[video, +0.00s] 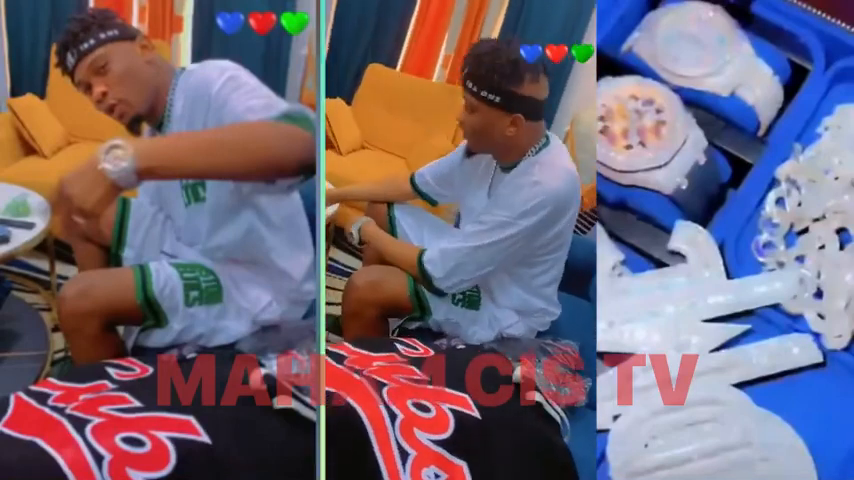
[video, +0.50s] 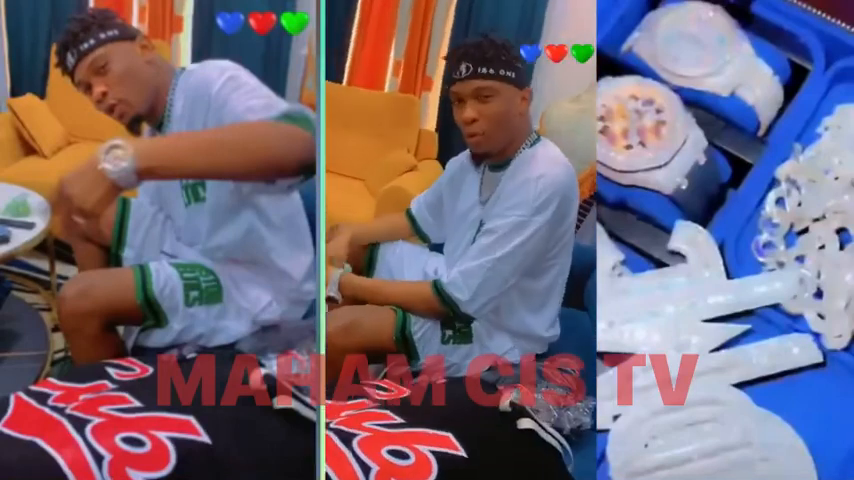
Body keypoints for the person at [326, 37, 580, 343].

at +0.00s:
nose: (460, 117)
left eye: (470, 110)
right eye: (464, 106)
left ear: (513, 126)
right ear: (513, 126)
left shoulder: (547, 187)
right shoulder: (498, 143)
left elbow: (440, 271)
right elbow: (415, 184)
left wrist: (361, 226)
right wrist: (339, 192)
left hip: (505, 307)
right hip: (476, 259)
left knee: (366, 286)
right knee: (380, 210)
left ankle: (359, 393)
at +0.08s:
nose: (469, 113)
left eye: (482, 107)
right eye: (475, 102)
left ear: (525, 124)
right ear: (524, 125)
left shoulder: (555, 190)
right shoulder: (498, 145)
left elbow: (447, 278)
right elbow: (414, 189)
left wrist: (359, 232)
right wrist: (334, 194)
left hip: (507, 310)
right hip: (476, 263)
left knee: (366, 293)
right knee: (378, 216)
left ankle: (358, 397)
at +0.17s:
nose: (472, 114)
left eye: (487, 106)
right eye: (477, 101)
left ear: (531, 125)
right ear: (531, 125)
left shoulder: (557, 193)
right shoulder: (497, 150)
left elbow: (450, 285)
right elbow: (413, 197)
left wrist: (355, 241)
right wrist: (330, 195)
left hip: (505, 317)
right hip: (473, 267)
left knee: (363, 300)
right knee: (372, 219)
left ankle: (355, 404)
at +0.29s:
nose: (472, 114)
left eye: (491, 104)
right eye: (473, 100)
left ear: (537, 117)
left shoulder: (551, 195)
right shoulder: (483, 160)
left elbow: (453, 300)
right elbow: (419, 213)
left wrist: (351, 268)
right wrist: (339, 207)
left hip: (496, 331)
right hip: (458, 275)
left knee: (350, 318)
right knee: (352, 231)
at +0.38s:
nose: (474, 115)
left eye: (492, 101)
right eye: (468, 100)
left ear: (535, 107)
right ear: (462, 103)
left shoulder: (548, 188)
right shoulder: (479, 159)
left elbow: (452, 300)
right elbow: (423, 220)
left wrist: (344, 275)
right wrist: (347, 223)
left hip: (494, 332)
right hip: (457, 278)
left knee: (342, 325)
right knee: (353, 239)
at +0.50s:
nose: (468, 115)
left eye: (484, 98)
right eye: (459, 102)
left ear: (524, 100)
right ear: (450, 106)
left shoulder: (544, 179)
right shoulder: (468, 164)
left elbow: (452, 298)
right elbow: (415, 221)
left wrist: (345, 285)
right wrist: (349, 235)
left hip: (496, 334)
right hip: (454, 285)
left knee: (335, 329)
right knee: (346, 239)